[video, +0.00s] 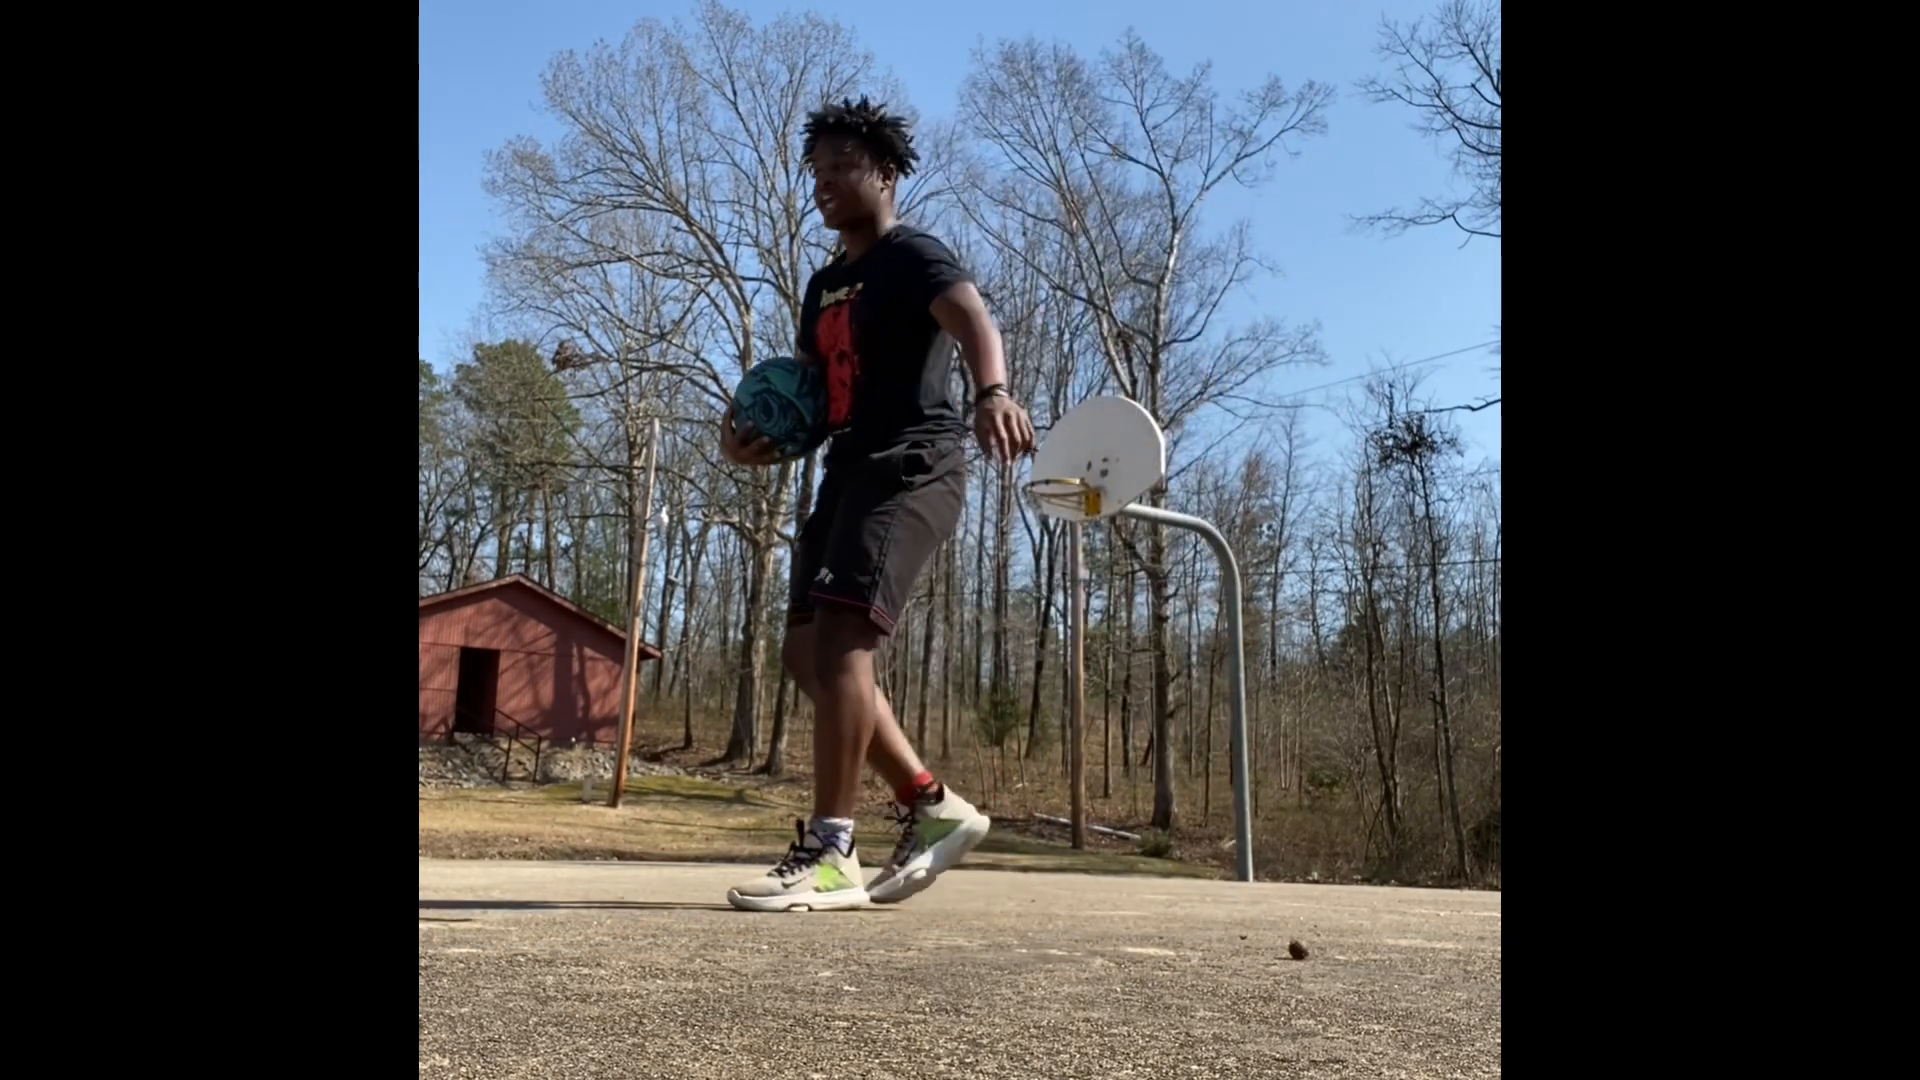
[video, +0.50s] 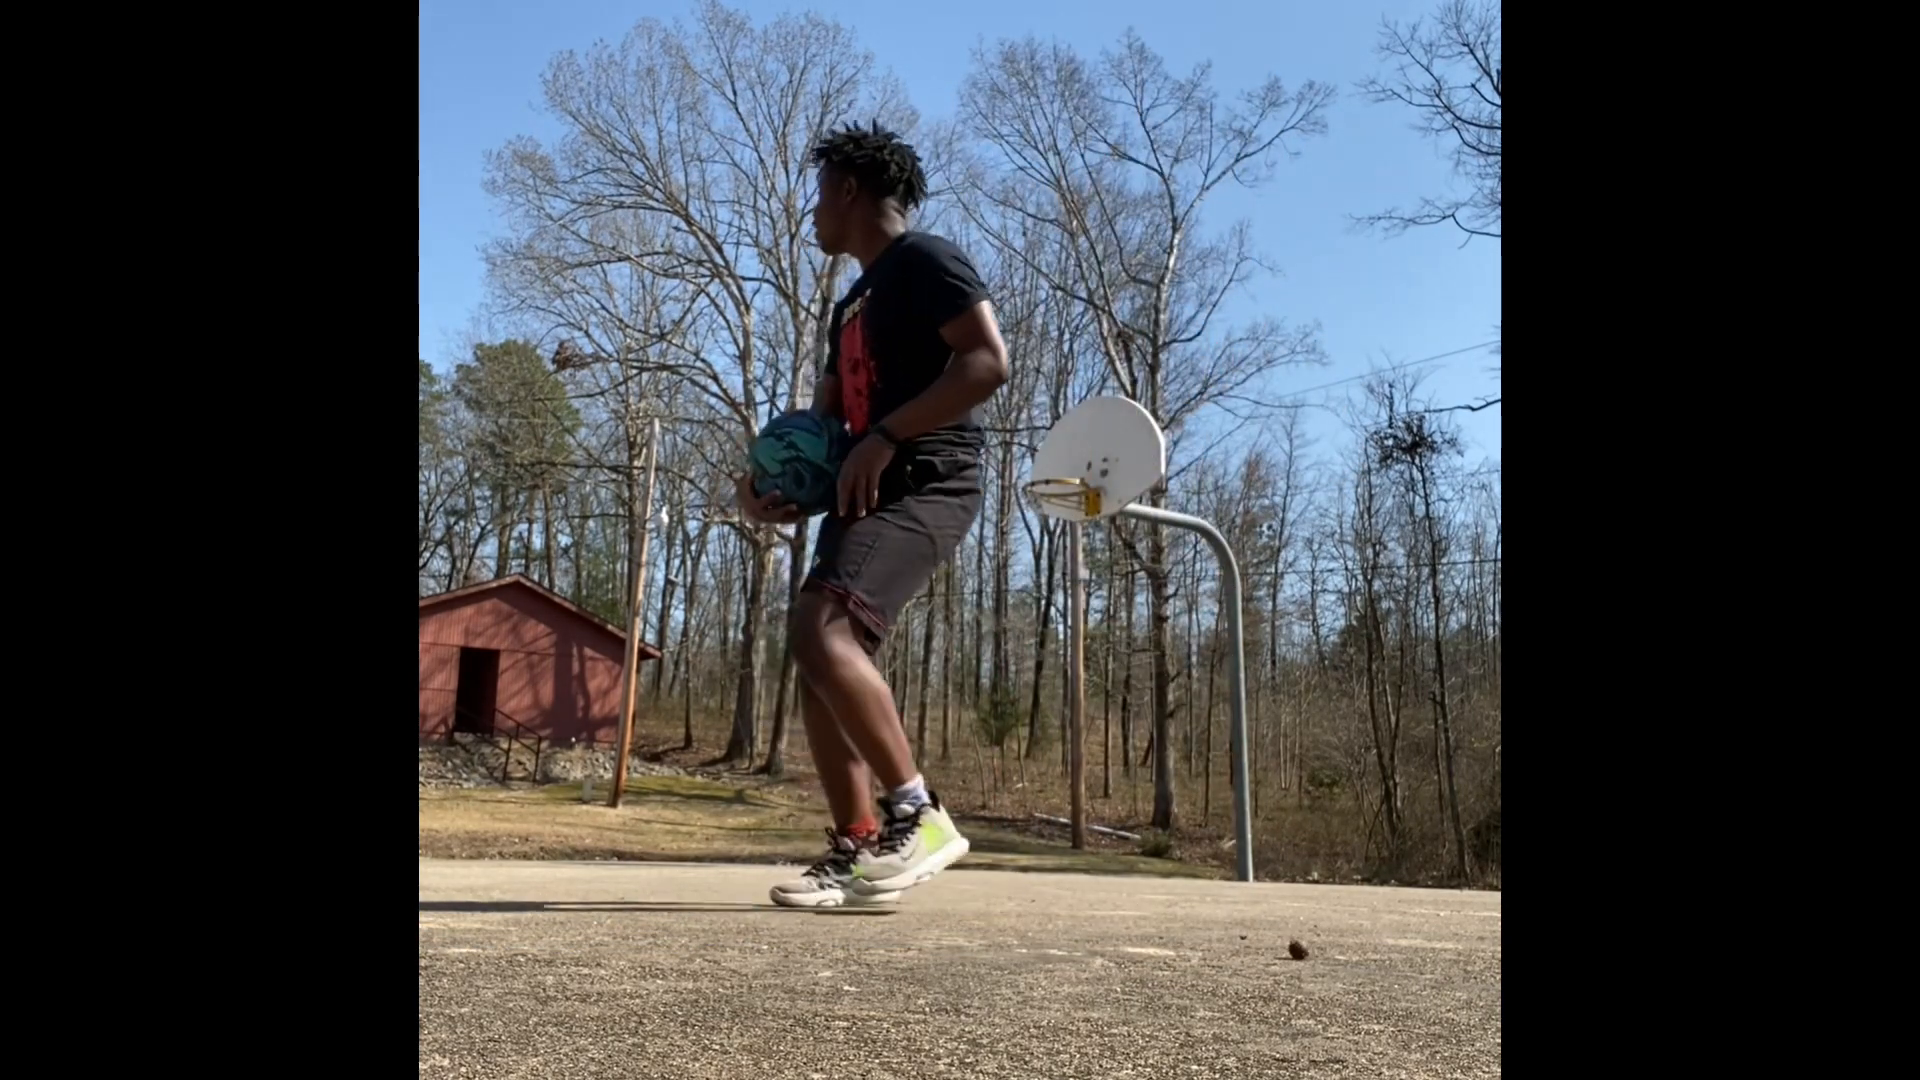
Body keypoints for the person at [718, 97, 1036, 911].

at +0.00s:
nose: (827, 185)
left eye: (844, 169)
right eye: (819, 173)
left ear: (887, 175)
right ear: (814, 184)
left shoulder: (916, 254)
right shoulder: (823, 287)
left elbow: (975, 317)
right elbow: (807, 399)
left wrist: (994, 390)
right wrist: (753, 441)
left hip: (914, 462)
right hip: (849, 470)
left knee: (844, 638)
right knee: (807, 650)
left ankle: (828, 852)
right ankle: (934, 808)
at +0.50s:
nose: (814, 207)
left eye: (823, 190)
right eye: (817, 191)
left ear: (860, 194)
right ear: (864, 198)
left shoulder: (926, 258)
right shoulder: (848, 308)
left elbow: (985, 362)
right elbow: (831, 425)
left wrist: (887, 435)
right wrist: (785, 492)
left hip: (929, 485)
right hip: (866, 490)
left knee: (826, 634)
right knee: (815, 652)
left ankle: (920, 817)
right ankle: (858, 850)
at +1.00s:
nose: (985, 103)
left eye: (1002, 87)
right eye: (988, 87)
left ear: (1061, 99)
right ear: (1032, 102)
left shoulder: (1139, 201)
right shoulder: (979, 224)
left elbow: (1251, 289)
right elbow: (938, 346)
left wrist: (1138, 343)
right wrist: (884, 423)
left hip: (1107, 440)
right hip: (999, 445)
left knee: (1118, 622)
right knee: (918, 630)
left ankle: (1167, 862)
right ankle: (924, 819)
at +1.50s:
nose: (1130, 85)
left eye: (1144, 59)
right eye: (1102, 71)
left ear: (1173, 54)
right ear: (1067, 82)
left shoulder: (1245, 155)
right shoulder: (1039, 201)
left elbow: (1323, 312)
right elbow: (1020, 377)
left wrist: (1156, 298)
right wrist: (1150, 445)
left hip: (1232, 394)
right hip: (1097, 408)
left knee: (1288, 597)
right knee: (1108, 586)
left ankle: (1203, 809)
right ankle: (1167, 867)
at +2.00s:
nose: (1247, 141)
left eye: (1268, 108)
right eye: (1214, 118)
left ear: (1307, 75)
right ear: (1175, 105)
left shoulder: (1379, 148)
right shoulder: (1152, 202)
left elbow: (1406, 373)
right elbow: (1131, 406)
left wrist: (1233, 336)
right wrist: (1274, 456)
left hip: (1387, 366)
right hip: (1248, 379)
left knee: (1426, 563)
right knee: (1195, 600)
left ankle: (1470, 881)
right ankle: (1182, 876)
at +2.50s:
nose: (1152, 146)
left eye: (1161, 109)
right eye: (1116, 135)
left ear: (1200, 78)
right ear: (1091, 147)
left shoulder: (1319, 148)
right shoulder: (1104, 231)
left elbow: (1370, 369)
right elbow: (1112, 420)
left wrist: (1200, 334)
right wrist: (1247, 460)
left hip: (1374, 346)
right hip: (1229, 371)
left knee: (1416, 570)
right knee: (1173, 596)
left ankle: (1467, 879)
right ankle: (1178, 873)